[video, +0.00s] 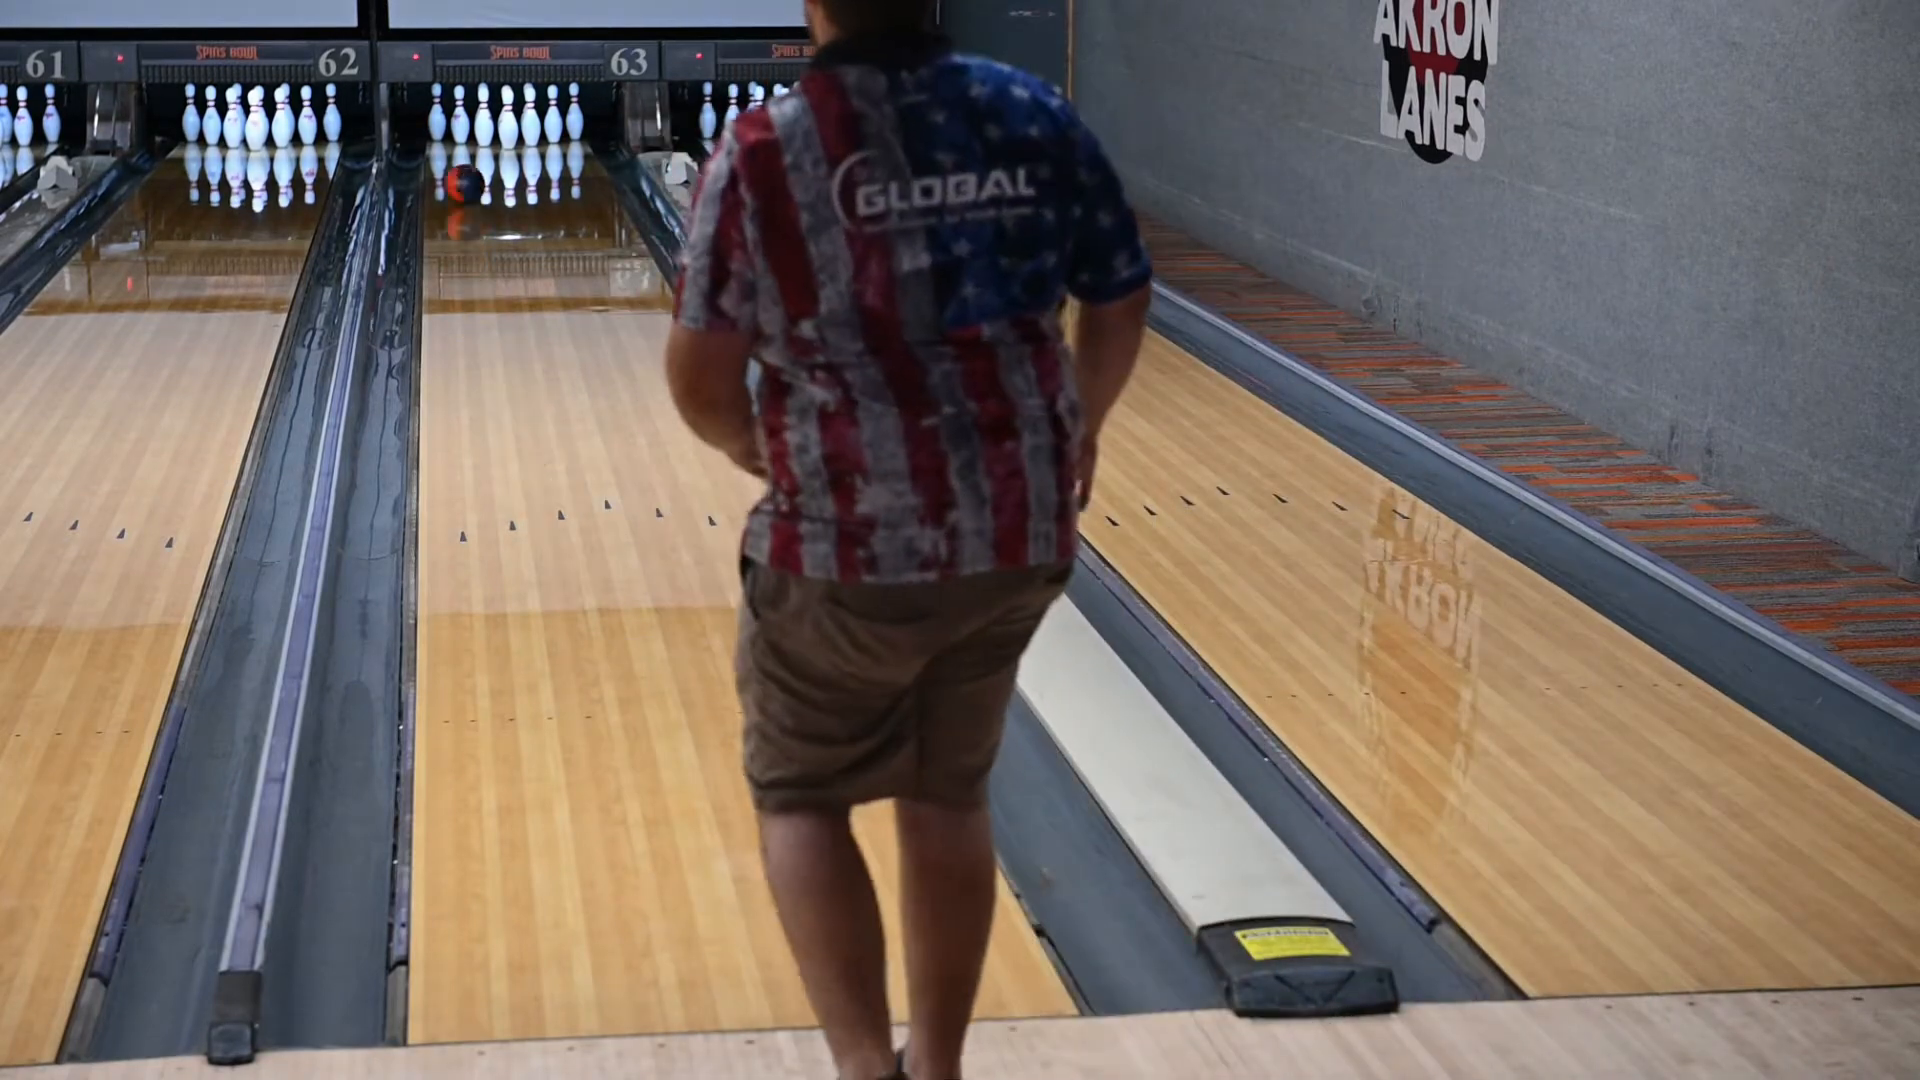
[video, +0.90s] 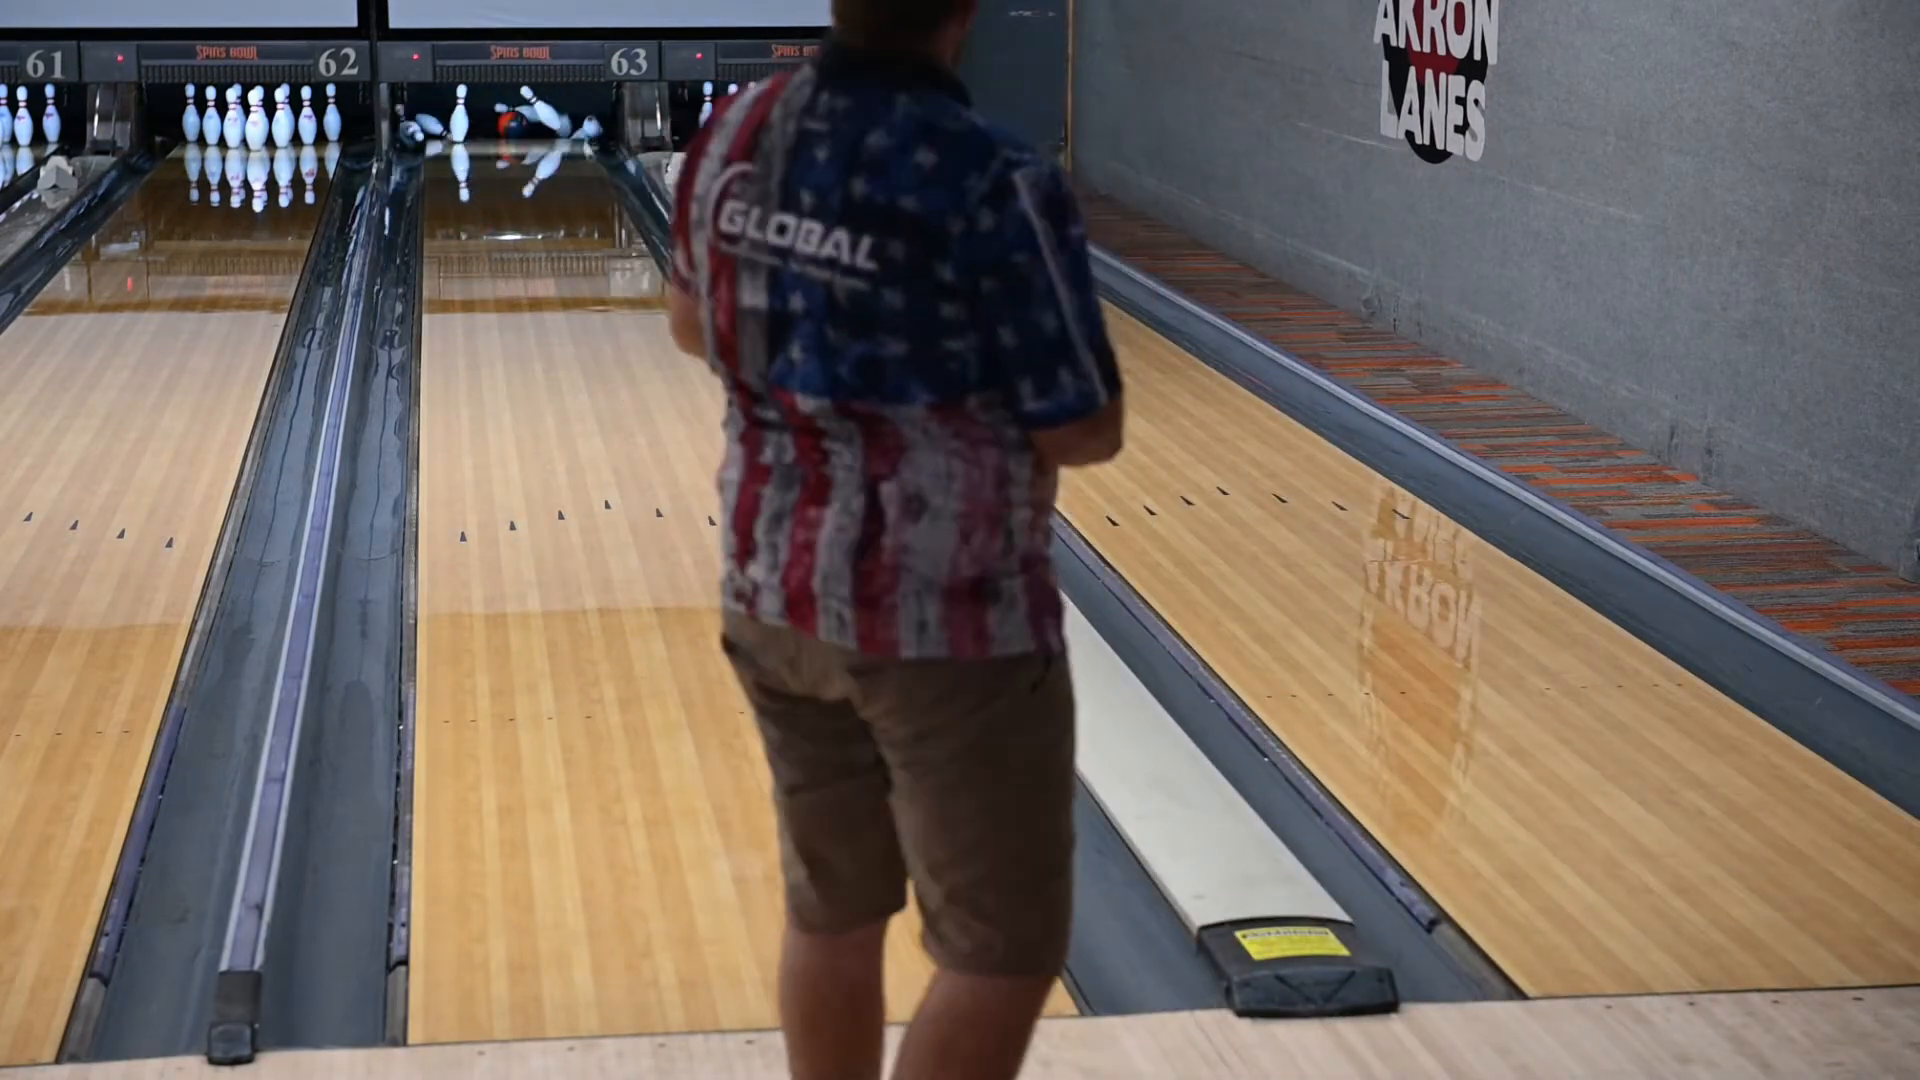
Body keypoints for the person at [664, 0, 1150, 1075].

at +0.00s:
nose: (801, 18)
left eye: (803, 9)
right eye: (809, 9)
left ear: (818, 11)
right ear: (934, 1)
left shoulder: (764, 148)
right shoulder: (1035, 117)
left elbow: (700, 380)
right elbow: (1121, 297)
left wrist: (778, 455)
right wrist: (1079, 424)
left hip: (847, 542)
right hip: (1022, 526)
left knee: (801, 795)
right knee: (950, 791)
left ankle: (868, 1066)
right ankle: (936, 1065)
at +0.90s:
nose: (979, 19)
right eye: (975, 9)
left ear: (836, 1)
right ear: (964, 11)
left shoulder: (735, 131)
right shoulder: (998, 183)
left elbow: (693, 323)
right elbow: (1083, 428)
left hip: (771, 585)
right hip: (948, 612)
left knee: (831, 911)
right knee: (998, 949)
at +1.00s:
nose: (994, 38)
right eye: (995, 23)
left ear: (851, 20)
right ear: (980, 28)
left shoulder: (761, 152)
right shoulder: (984, 191)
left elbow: (764, 383)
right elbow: (1079, 437)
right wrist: (1112, 386)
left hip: (794, 616)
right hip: (950, 639)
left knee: (847, 934)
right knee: (987, 990)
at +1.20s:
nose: (1058, 47)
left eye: (1055, 25)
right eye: (1049, 24)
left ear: (923, 30)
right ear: (999, 37)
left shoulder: (862, 158)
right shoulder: (971, 202)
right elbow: (1078, 452)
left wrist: (1108, 381)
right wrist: (1152, 403)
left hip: (895, 648)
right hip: (971, 673)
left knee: (935, 1017)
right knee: (971, 1035)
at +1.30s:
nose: (1098, 25)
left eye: (1091, 7)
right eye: (1077, 7)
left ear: (988, 32)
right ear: (991, 29)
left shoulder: (968, 155)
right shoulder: (949, 181)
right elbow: (1075, 443)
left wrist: (1152, 382)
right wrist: (1180, 399)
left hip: (1045, 672)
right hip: (960, 694)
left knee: (1064, 983)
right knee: (949, 1045)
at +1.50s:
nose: (1151, 20)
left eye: (1142, 0)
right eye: (1115, 4)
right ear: (1009, 29)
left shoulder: (1118, 159)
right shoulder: (941, 191)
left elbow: (1138, 379)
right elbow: (1038, 466)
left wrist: (1233, 398)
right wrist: (1229, 439)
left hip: (1152, 717)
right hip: (976, 740)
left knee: (1180, 1050)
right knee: (930, 1057)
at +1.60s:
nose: (1184, 38)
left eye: (1182, 8)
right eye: (1139, 17)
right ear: (1039, 46)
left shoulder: (1195, 183)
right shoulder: (969, 214)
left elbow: (1240, 383)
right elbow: (1019, 493)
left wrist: (1305, 414)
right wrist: (1256, 483)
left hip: (1202, 753)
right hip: (1003, 774)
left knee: (1206, 1063)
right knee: (951, 1063)